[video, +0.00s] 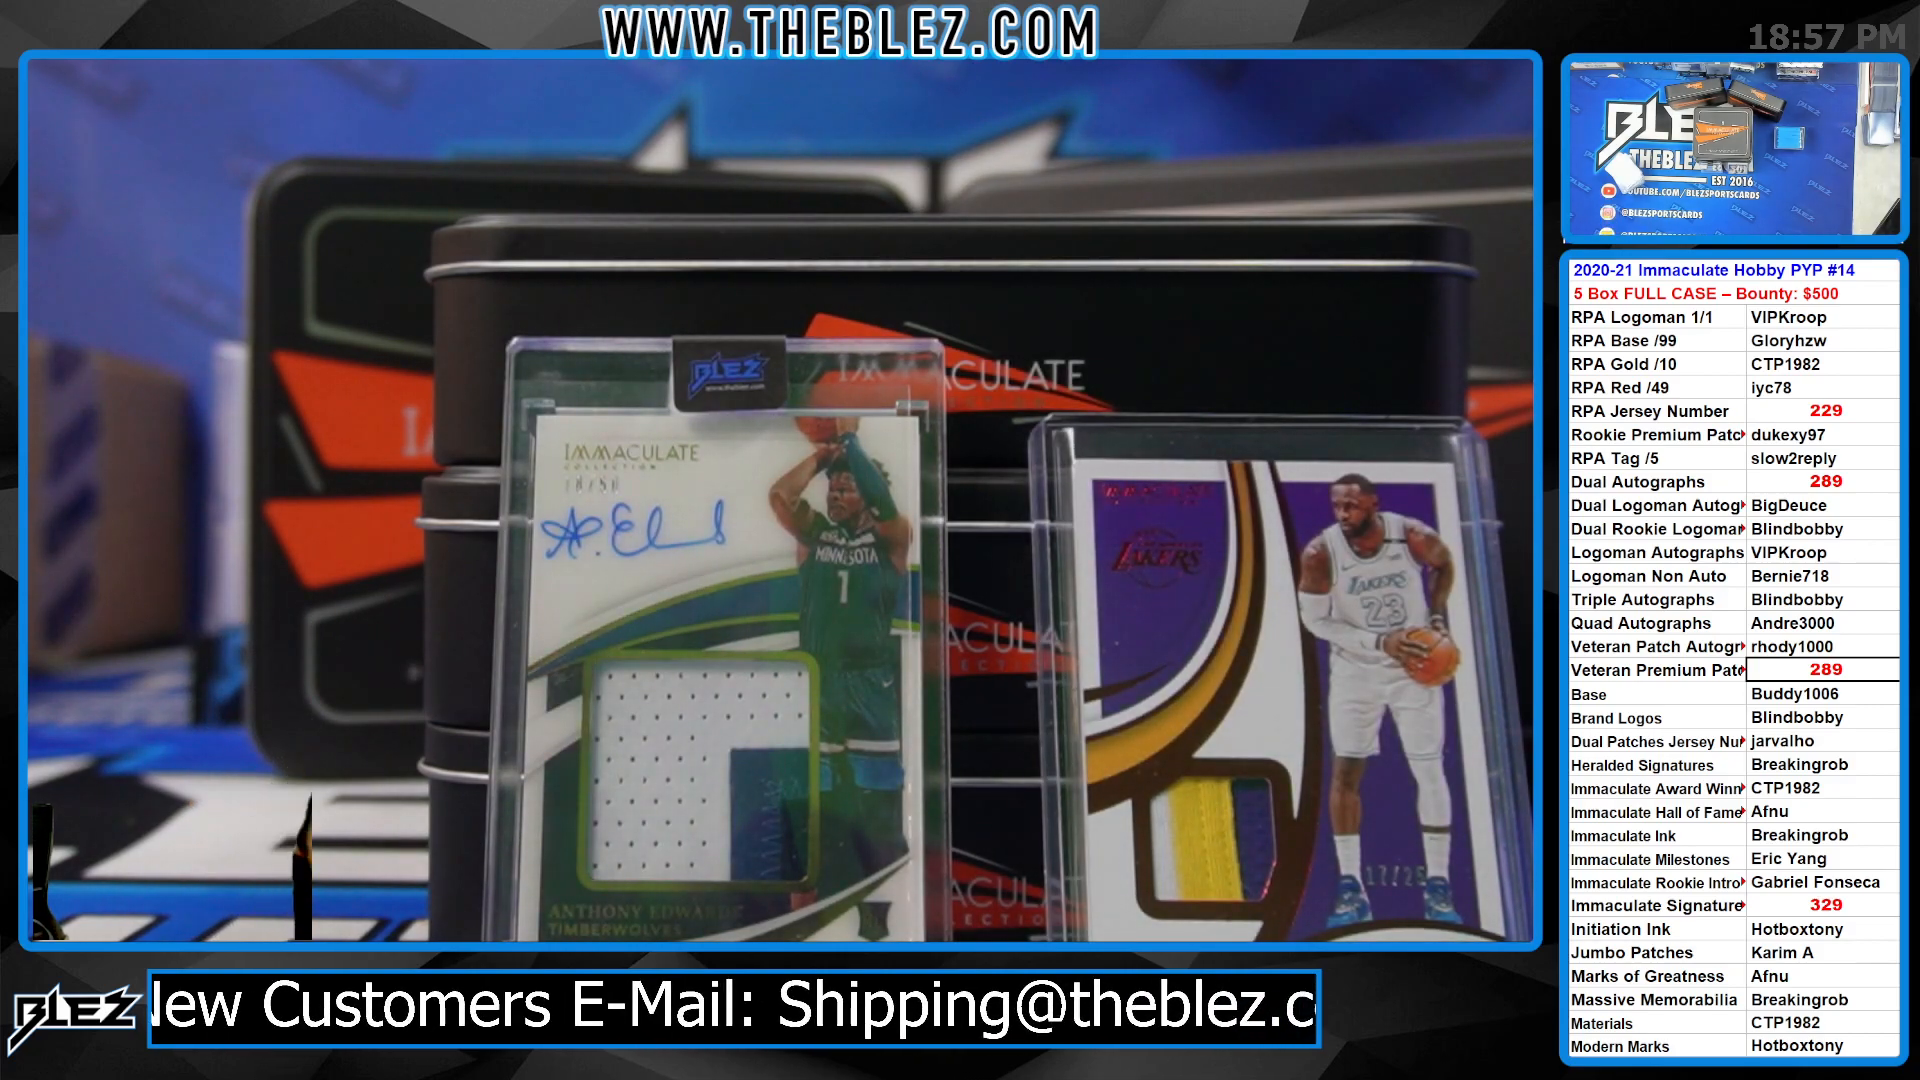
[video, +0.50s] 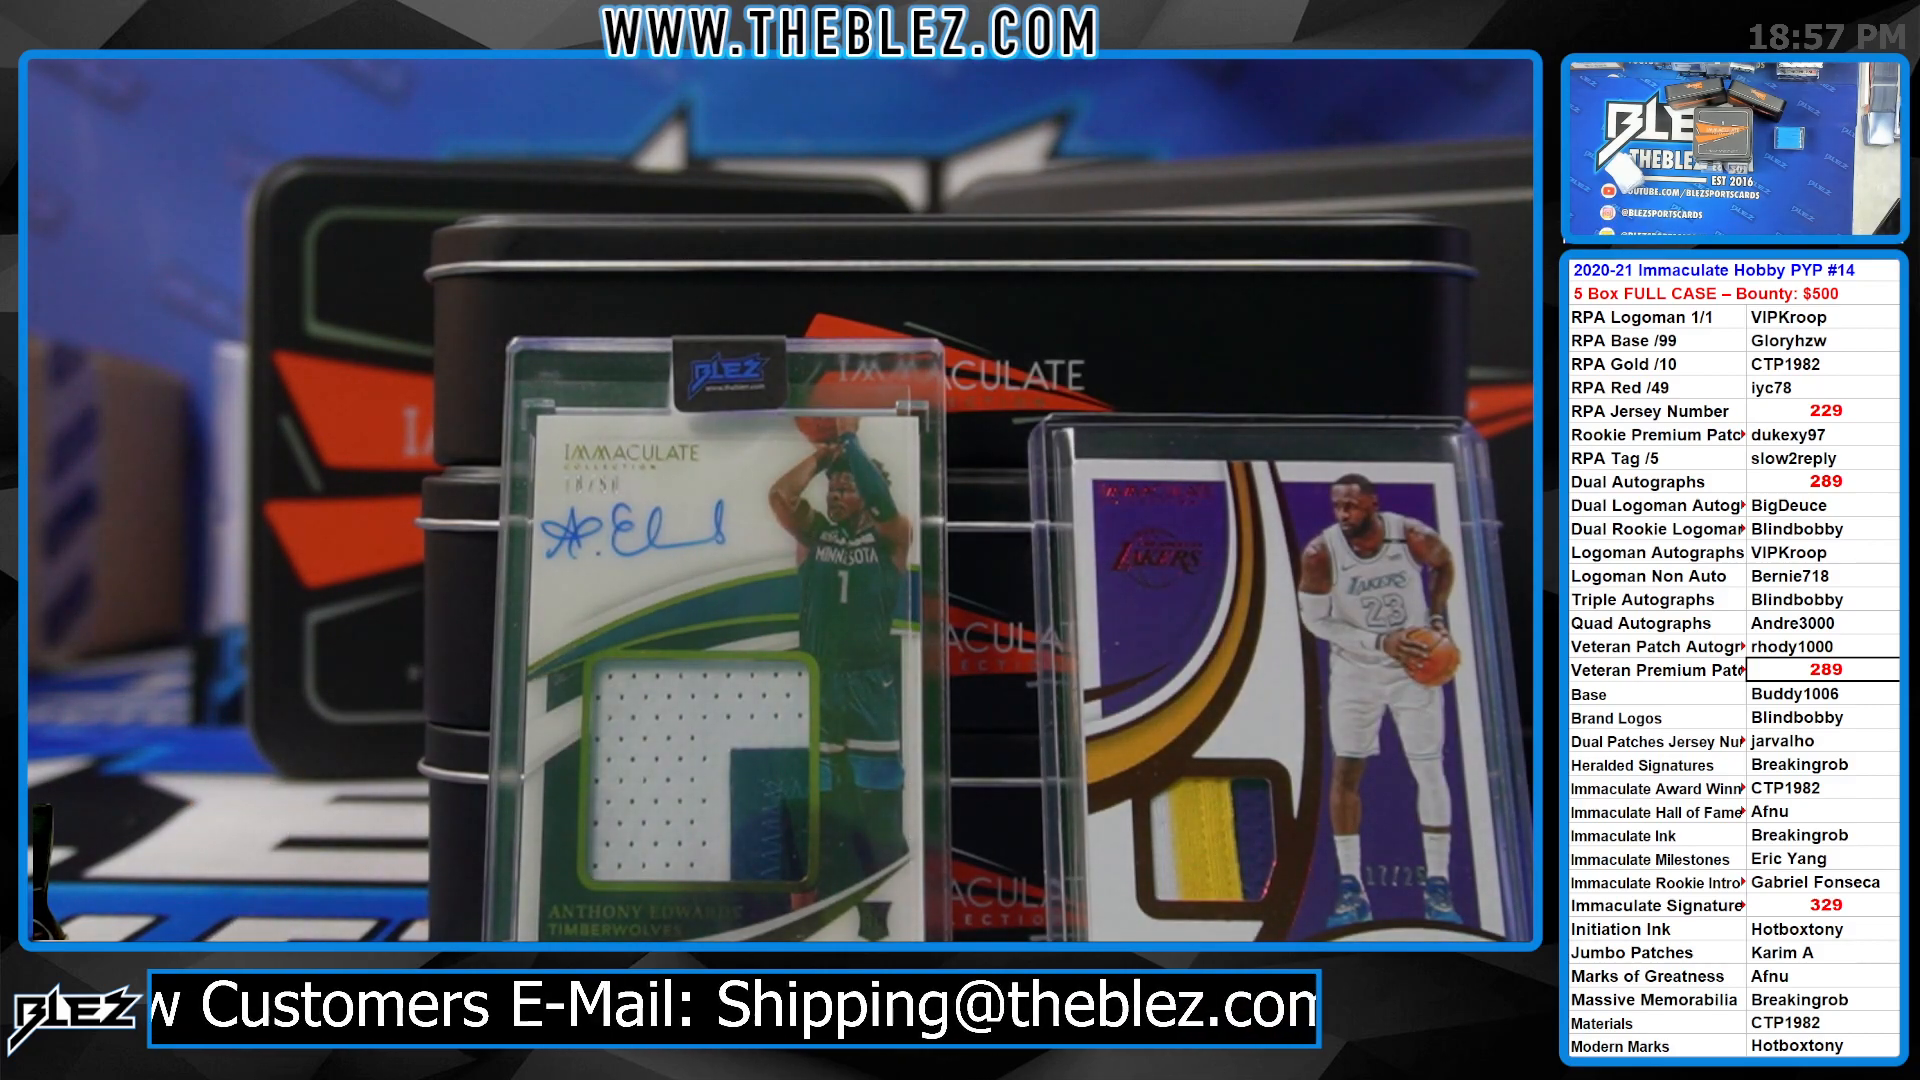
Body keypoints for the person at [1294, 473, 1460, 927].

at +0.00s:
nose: (1343, 514)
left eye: (1351, 505)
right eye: (1337, 506)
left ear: (1373, 505)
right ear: (1332, 509)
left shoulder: (1414, 537)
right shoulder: (1319, 555)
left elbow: (1445, 565)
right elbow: (1315, 621)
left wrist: (1436, 616)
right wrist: (1379, 641)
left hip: (1414, 673)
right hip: (1354, 675)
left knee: (1430, 772)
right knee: (1347, 773)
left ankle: (1438, 884)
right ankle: (1350, 889)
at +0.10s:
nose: (1342, 514)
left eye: (1351, 505)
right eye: (1337, 506)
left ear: (1373, 505)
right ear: (1332, 509)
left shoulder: (1414, 537)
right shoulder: (1319, 555)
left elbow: (1444, 565)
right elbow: (1316, 621)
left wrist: (1437, 616)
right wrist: (1379, 642)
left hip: (1414, 673)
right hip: (1354, 675)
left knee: (1430, 772)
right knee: (1347, 774)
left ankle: (1438, 885)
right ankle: (1350, 889)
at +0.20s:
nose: (1343, 514)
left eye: (1351, 506)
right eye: (1337, 506)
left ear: (1373, 505)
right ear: (1332, 509)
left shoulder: (1414, 537)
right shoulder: (1319, 555)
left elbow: (1444, 565)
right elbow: (1315, 621)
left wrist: (1437, 616)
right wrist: (1379, 642)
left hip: (1414, 673)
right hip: (1354, 675)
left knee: (1430, 771)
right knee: (1347, 773)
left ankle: (1438, 884)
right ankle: (1350, 889)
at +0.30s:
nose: (1343, 514)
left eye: (1351, 506)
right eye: (1337, 506)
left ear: (1374, 505)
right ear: (1332, 509)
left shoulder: (1413, 537)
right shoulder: (1319, 555)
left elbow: (1444, 565)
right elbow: (1316, 621)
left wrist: (1437, 615)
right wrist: (1379, 642)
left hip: (1414, 672)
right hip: (1354, 675)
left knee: (1430, 771)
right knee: (1347, 774)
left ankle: (1438, 885)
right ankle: (1350, 889)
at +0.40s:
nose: (1343, 514)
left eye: (1351, 506)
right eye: (1337, 506)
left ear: (1373, 505)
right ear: (1333, 509)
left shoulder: (1413, 537)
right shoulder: (1319, 555)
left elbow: (1444, 565)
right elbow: (1316, 621)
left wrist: (1436, 616)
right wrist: (1379, 641)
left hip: (1414, 673)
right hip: (1354, 675)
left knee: (1430, 772)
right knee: (1347, 774)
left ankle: (1438, 885)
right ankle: (1350, 889)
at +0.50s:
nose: (1343, 514)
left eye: (1351, 506)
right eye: (1337, 506)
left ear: (1373, 505)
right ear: (1332, 509)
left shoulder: (1413, 536)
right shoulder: (1319, 555)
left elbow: (1444, 565)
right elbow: (1316, 621)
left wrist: (1436, 617)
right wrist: (1379, 642)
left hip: (1414, 673)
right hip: (1354, 674)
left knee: (1430, 771)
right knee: (1348, 773)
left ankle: (1438, 884)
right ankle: (1350, 888)